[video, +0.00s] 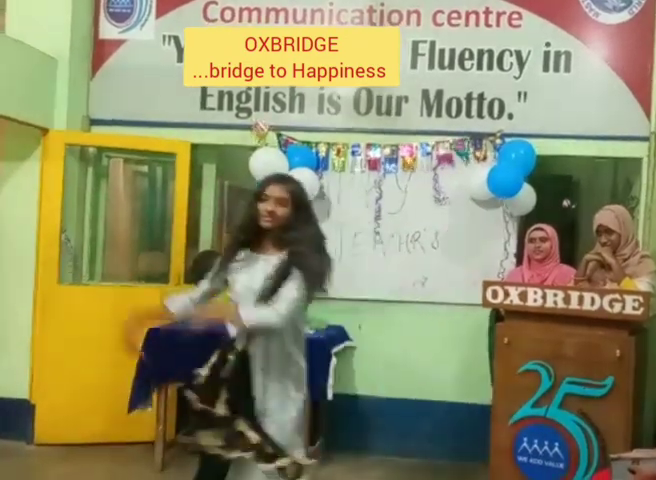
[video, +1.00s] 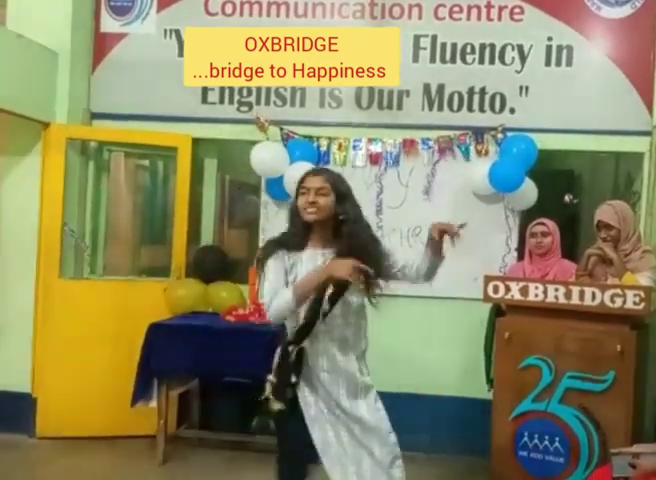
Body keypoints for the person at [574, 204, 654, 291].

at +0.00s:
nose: (603, 240)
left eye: (609, 232)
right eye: (599, 234)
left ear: (624, 232)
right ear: (595, 235)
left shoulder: (644, 263)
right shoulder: (592, 261)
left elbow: (640, 299)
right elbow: (575, 294)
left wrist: (613, 263)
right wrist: (584, 264)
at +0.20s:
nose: (603, 238)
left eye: (610, 231)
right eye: (599, 231)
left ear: (625, 230)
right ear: (596, 233)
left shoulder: (645, 262)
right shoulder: (592, 260)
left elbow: (641, 296)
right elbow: (576, 290)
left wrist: (614, 261)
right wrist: (584, 264)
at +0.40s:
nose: (603, 237)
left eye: (609, 230)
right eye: (599, 231)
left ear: (625, 230)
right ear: (596, 232)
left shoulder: (645, 262)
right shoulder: (593, 259)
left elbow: (641, 296)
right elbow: (577, 290)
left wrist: (614, 261)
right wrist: (585, 262)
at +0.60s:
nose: (602, 238)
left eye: (609, 230)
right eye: (598, 230)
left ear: (625, 229)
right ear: (595, 231)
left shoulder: (644, 260)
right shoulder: (593, 258)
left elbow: (641, 296)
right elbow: (576, 290)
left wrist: (614, 260)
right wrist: (585, 262)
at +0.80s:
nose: (602, 236)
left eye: (609, 228)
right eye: (599, 229)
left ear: (625, 228)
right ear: (595, 230)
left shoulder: (646, 259)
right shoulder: (593, 256)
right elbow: (577, 287)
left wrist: (615, 259)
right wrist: (586, 258)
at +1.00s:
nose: (602, 235)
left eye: (609, 228)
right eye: (599, 228)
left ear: (625, 227)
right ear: (595, 229)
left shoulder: (646, 259)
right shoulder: (593, 256)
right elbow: (576, 287)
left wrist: (615, 258)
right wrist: (585, 260)